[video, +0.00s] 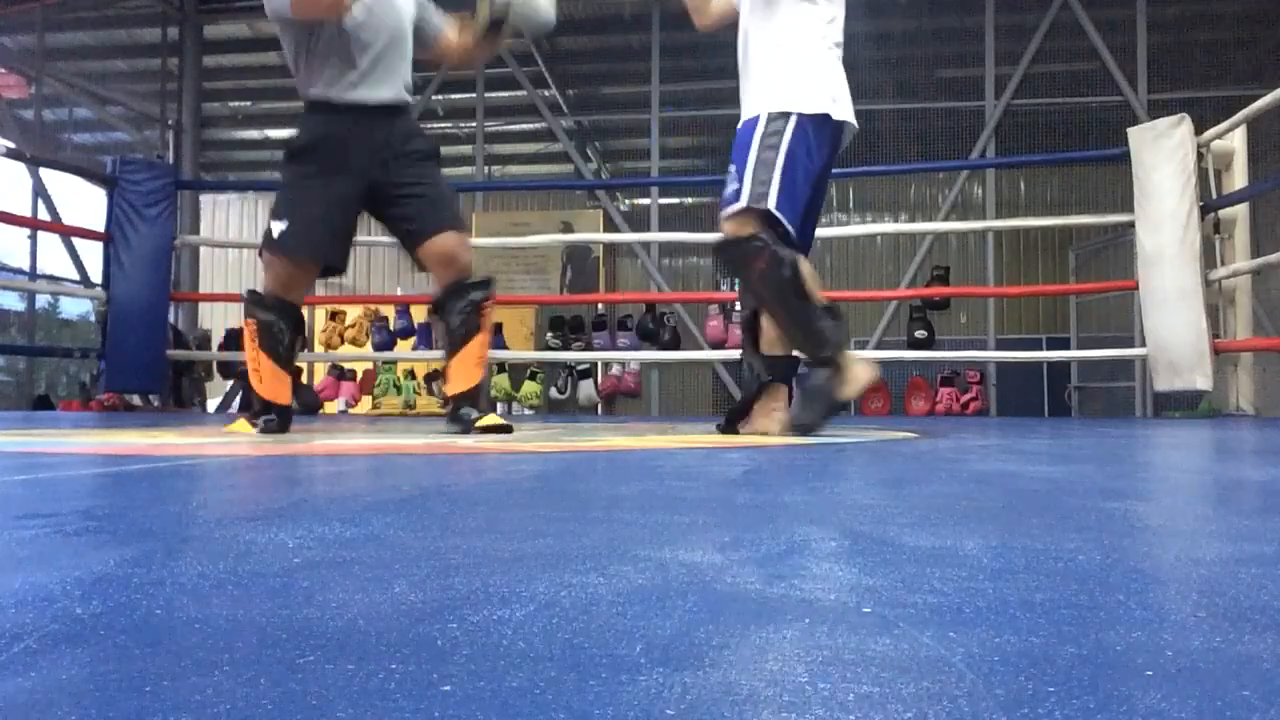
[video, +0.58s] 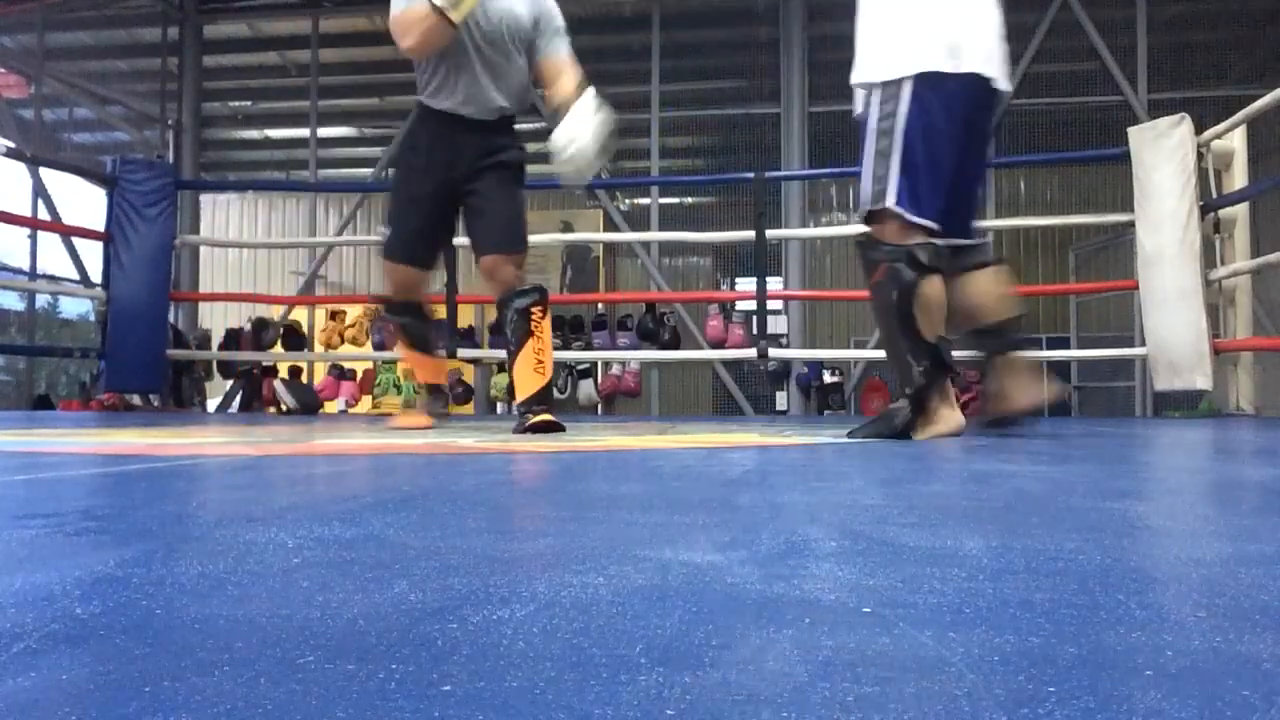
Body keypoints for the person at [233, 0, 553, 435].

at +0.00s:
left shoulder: (405, 4)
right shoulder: (286, 3)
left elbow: (456, 50)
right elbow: (322, 8)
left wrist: (501, 26)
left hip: (399, 135)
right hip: (328, 133)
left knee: (453, 257)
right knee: (286, 270)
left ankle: (467, 404)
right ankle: (268, 410)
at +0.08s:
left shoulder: (424, 8)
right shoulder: (293, 4)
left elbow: (453, 62)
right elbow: (327, 17)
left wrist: (498, 71)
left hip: (412, 141)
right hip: (337, 142)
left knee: (463, 253)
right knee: (294, 271)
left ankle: (492, 399)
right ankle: (272, 409)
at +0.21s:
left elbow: (529, 37)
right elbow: (333, 22)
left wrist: (574, 20)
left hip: (434, 144)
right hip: (361, 141)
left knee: (479, 273)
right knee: (312, 278)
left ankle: (534, 405)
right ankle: (272, 406)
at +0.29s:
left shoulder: (510, 4)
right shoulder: (391, 2)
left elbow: (591, 6)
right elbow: (352, 19)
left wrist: (637, 6)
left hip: (454, 143)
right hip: (384, 135)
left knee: (481, 273)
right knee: (331, 270)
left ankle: (530, 404)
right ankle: (276, 401)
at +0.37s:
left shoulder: (531, 5)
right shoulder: (416, 2)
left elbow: (602, 6)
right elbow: (376, 24)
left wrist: (649, 2)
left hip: (471, 148)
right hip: (405, 140)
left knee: (487, 271)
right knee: (345, 269)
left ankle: (531, 400)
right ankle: (301, 394)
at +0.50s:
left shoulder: (538, 5)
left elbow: (576, 65)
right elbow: (408, 39)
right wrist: (454, 3)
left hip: (491, 140)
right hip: (428, 133)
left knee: (496, 265)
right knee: (386, 272)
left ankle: (533, 402)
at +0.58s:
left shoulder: (538, 6)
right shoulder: (418, 0)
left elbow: (562, 79)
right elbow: (413, 42)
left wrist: (580, 120)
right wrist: (459, 3)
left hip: (496, 140)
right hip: (432, 134)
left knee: (500, 266)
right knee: (401, 276)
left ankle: (534, 402)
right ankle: (433, 385)